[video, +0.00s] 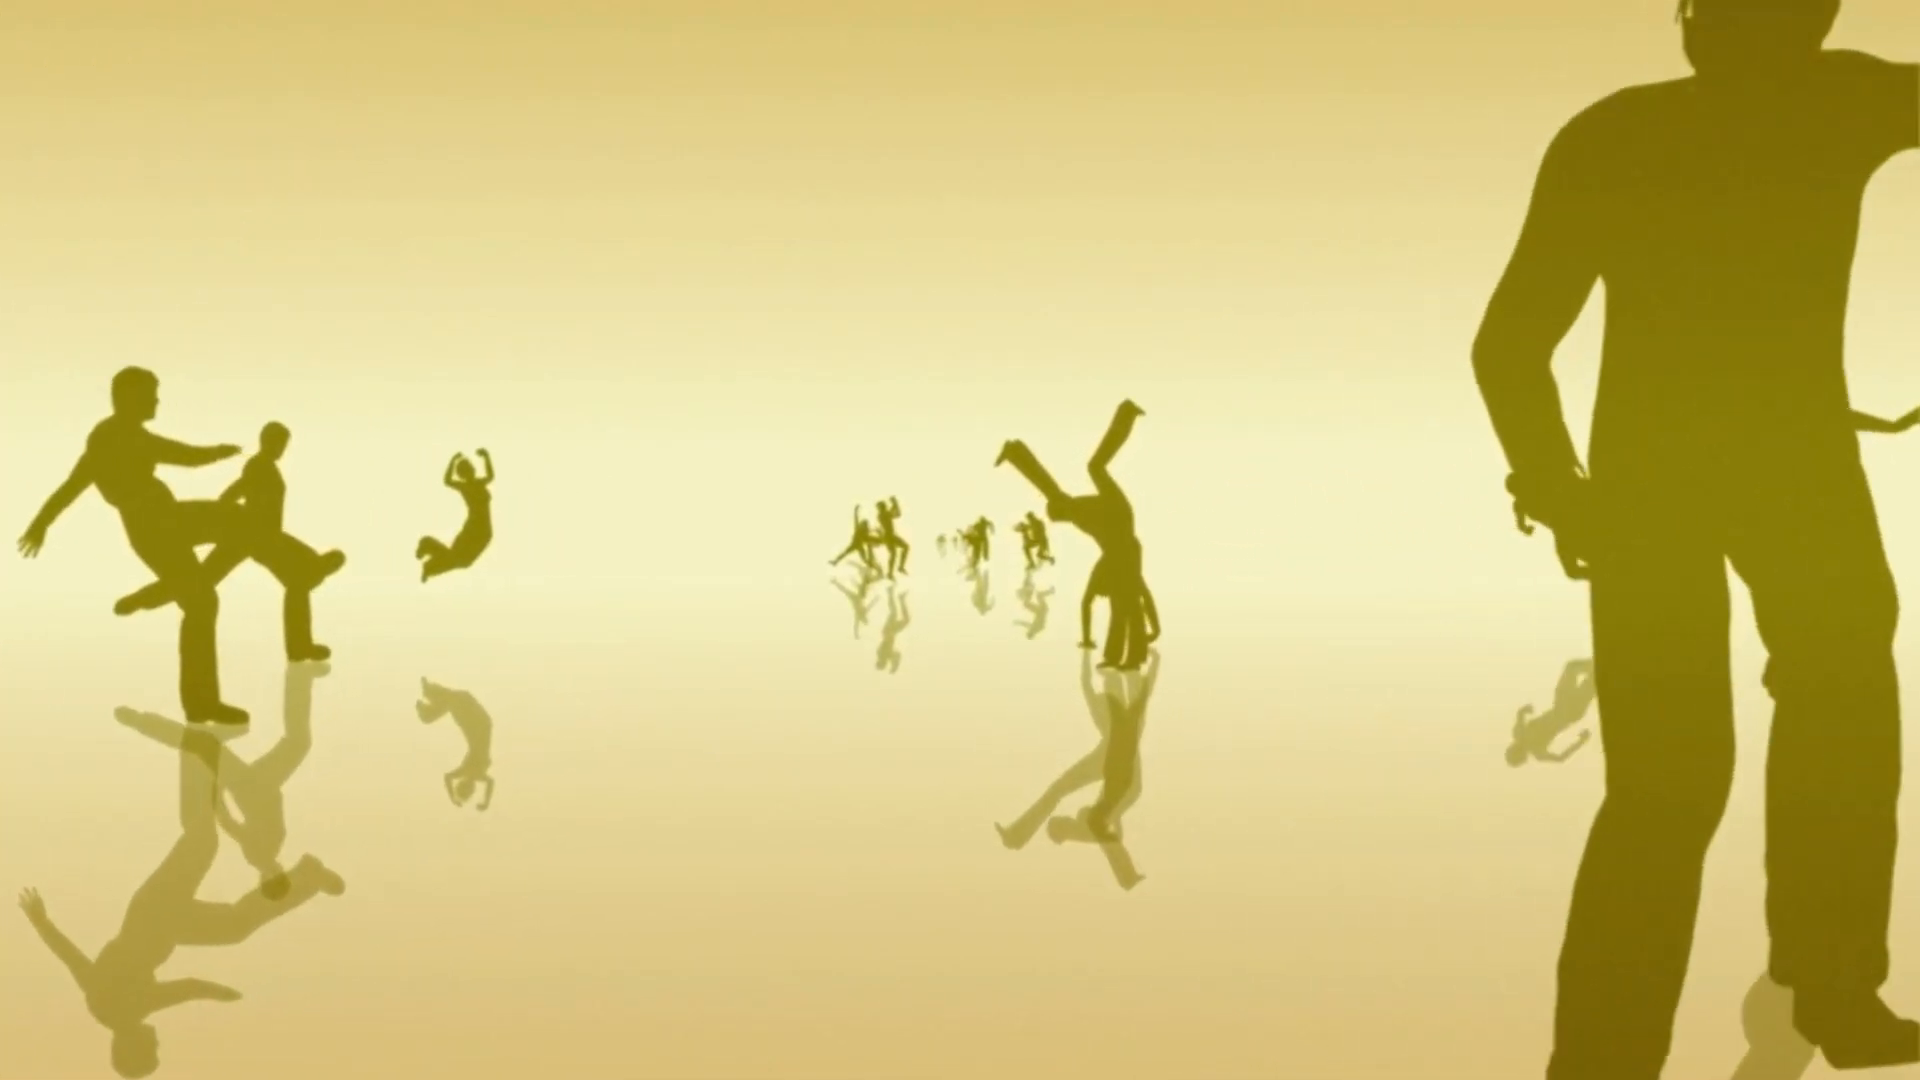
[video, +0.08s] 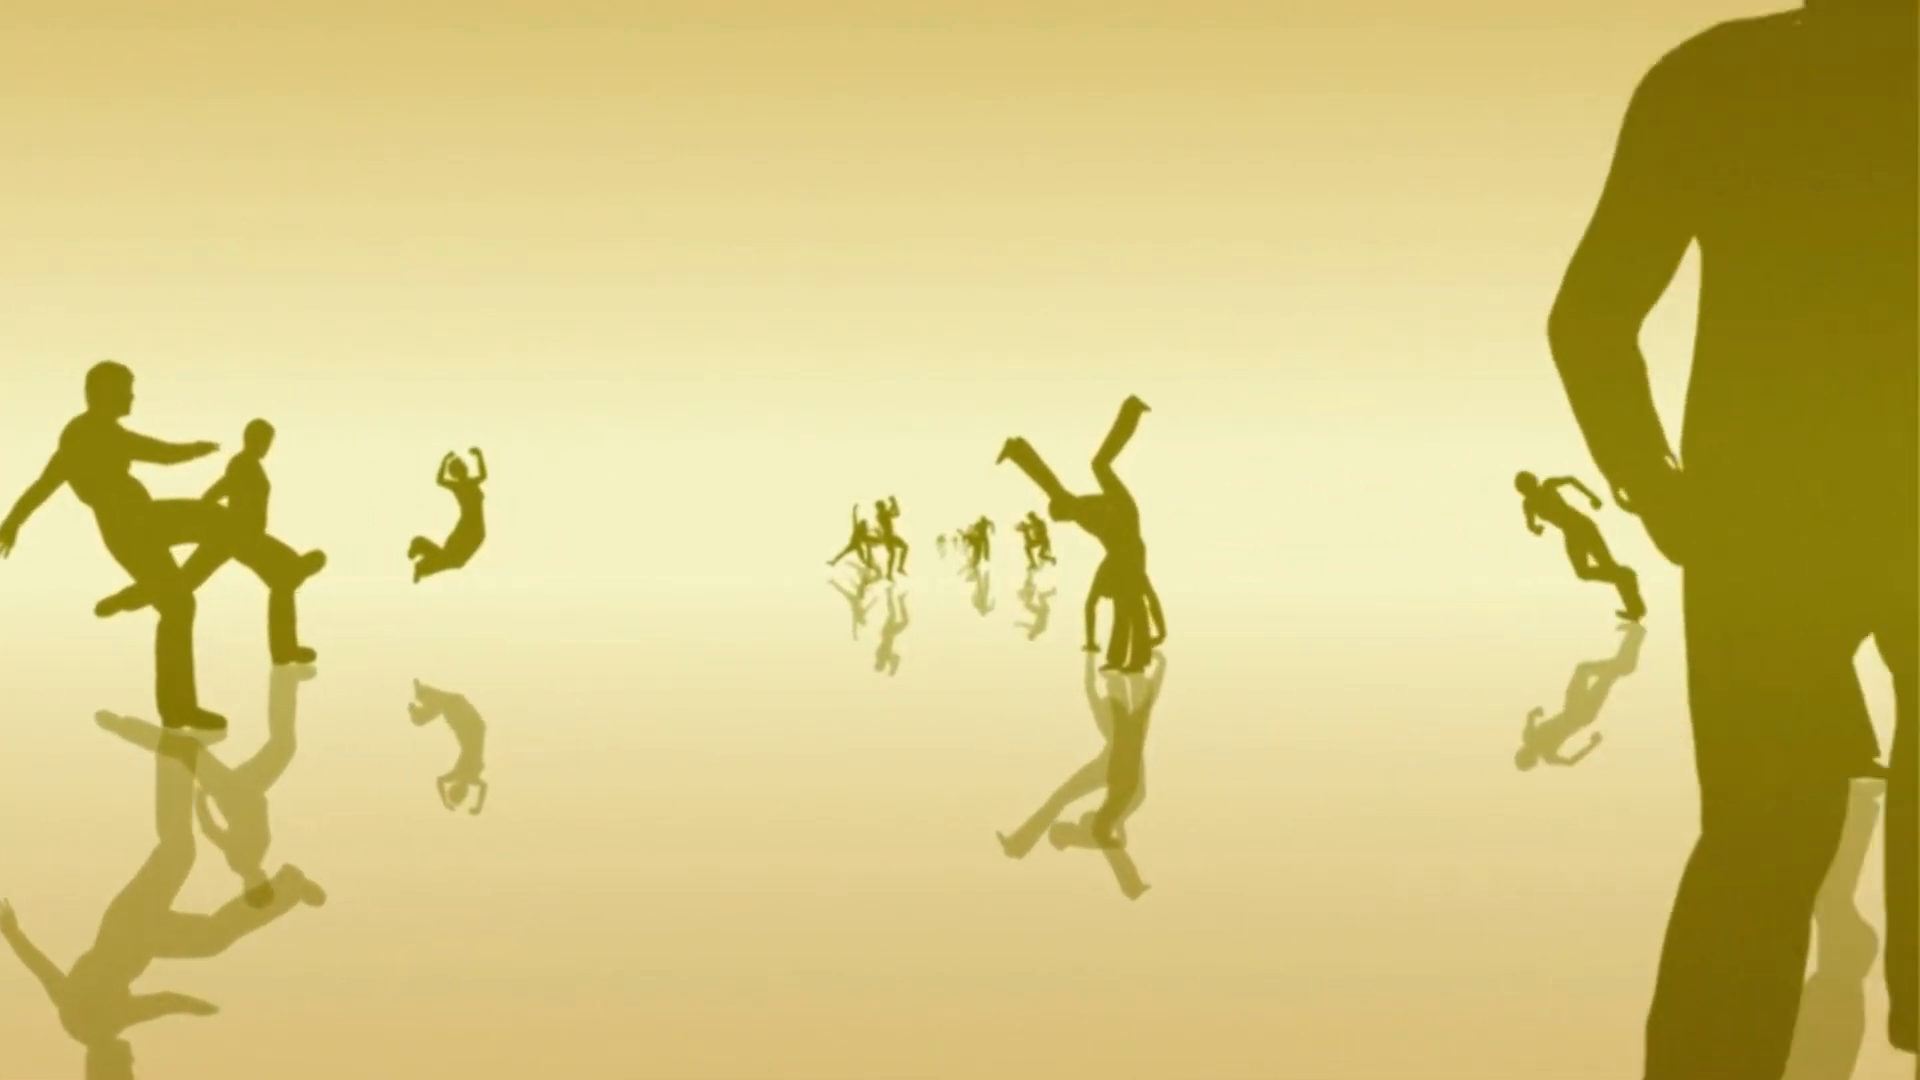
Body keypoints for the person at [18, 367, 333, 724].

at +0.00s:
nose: (156, 403)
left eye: (156, 396)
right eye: (150, 396)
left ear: (133, 397)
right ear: (130, 397)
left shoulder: (135, 436)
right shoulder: (113, 438)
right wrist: (41, 525)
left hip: (174, 516)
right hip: (153, 531)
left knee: (243, 522)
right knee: (202, 603)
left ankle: (303, 569)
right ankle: (201, 705)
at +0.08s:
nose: (130, 398)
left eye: (129, 391)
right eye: (124, 391)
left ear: (105, 393)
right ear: (102, 392)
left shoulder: (92, 432)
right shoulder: (93, 434)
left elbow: (45, 485)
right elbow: (161, 454)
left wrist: (12, 522)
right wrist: (200, 449)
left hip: (149, 517)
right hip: (130, 531)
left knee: (222, 521)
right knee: (177, 604)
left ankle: (286, 568)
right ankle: (178, 709)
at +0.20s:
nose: (255, 445)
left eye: (257, 440)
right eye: (251, 439)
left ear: (255, 441)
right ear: (240, 439)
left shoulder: (240, 466)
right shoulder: (231, 465)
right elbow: (202, 494)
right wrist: (190, 515)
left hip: (233, 536)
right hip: (217, 535)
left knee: (273, 576)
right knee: (171, 583)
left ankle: (274, 651)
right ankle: (110, 602)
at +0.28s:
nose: (238, 443)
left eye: (240, 438)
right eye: (234, 437)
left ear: (238, 439)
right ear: (222, 436)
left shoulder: (223, 464)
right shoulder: (213, 463)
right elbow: (186, 491)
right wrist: (172, 513)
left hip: (216, 537)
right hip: (198, 535)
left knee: (256, 577)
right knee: (155, 582)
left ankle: (258, 653)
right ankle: (92, 602)